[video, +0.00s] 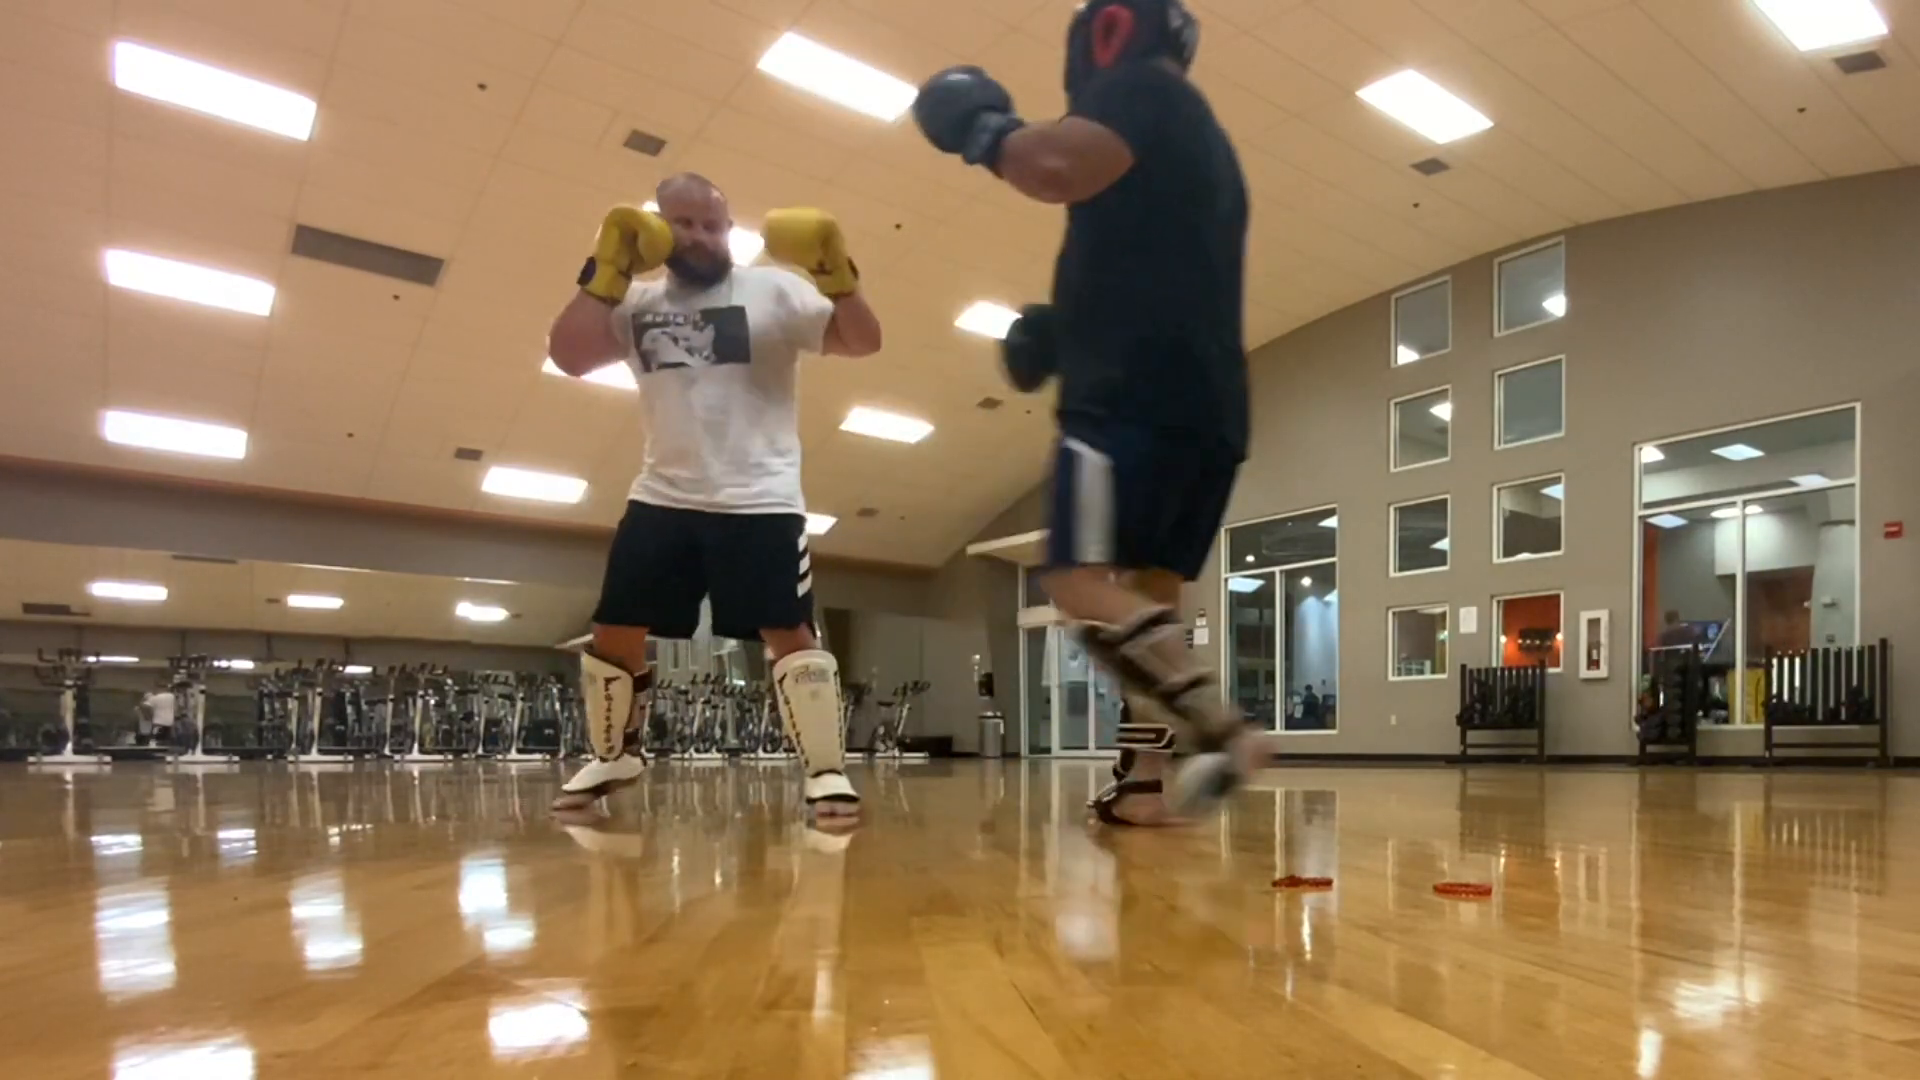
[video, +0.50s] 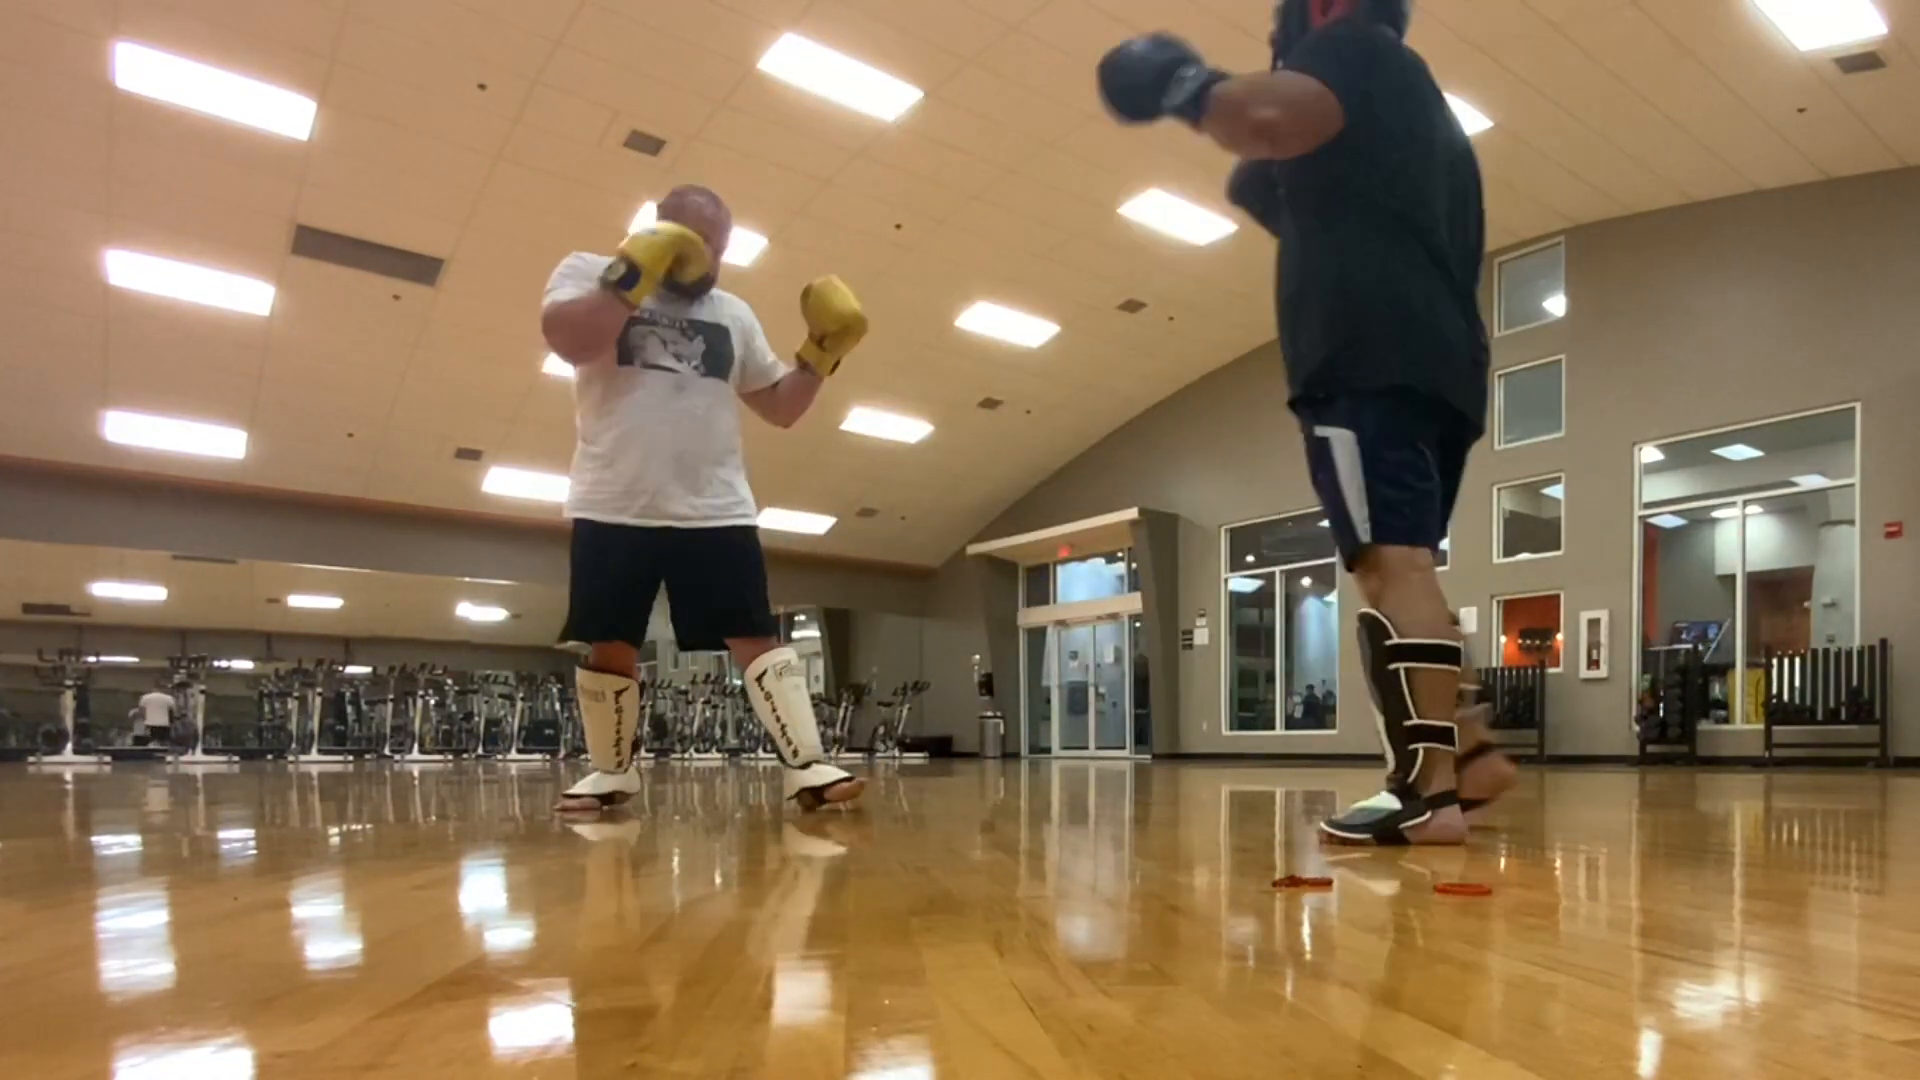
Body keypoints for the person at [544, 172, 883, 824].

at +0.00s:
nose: (700, 235)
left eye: (711, 222)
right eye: (684, 224)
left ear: (730, 226)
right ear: (660, 232)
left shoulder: (773, 290)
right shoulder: (639, 304)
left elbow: (861, 340)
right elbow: (571, 355)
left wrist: (838, 277)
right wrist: (608, 271)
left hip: (761, 496)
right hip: (665, 494)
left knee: (787, 628)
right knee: (617, 626)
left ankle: (826, 774)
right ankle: (615, 756)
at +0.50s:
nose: (705, 258)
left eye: (716, 247)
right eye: (693, 241)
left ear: (724, 250)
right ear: (660, 228)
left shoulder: (732, 314)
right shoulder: (591, 273)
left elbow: (780, 406)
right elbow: (571, 343)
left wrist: (820, 356)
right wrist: (635, 273)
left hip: (716, 504)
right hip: (615, 501)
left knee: (751, 632)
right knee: (609, 644)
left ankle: (807, 763)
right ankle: (612, 773)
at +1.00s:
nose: (783, 212)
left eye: (794, 203)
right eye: (771, 196)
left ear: (799, 211)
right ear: (728, 188)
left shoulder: (805, 283)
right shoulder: (662, 234)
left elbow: (855, 378)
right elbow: (620, 308)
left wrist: (890, 327)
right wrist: (700, 247)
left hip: (768, 475)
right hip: (667, 457)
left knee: (785, 626)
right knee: (618, 605)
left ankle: (810, 773)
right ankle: (577, 760)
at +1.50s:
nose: (752, 166)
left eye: (755, 159)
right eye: (741, 149)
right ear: (687, 130)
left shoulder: (744, 258)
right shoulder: (616, 188)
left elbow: (769, 359)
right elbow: (640, 270)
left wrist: (834, 307)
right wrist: (718, 203)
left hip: (758, 456)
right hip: (654, 450)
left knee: (818, 598)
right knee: (626, 609)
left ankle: (847, 756)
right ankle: (593, 777)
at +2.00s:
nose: (833, 176)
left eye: (839, 167)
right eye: (830, 160)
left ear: (800, 148)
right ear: (785, 138)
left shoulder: (826, 249)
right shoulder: (709, 186)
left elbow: (885, 345)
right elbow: (744, 269)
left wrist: (926, 287)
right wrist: (820, 210)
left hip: (819, 445)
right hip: (727, 436)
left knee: (894, 590)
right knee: (743, 600)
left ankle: (896, 742)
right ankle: (702, 785)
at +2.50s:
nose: (861, 163)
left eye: (865, 150)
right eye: (848, 147)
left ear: (863, 153)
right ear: (797, 143)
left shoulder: (878, 234)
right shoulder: (737, 229)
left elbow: (915, 319)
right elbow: (729, 306)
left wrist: (987, 341)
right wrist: (805, 234)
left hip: (915, 452)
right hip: (808, 456)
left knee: (991, 593)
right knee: (778, 609)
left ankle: (1033, 747)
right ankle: (706, 781)